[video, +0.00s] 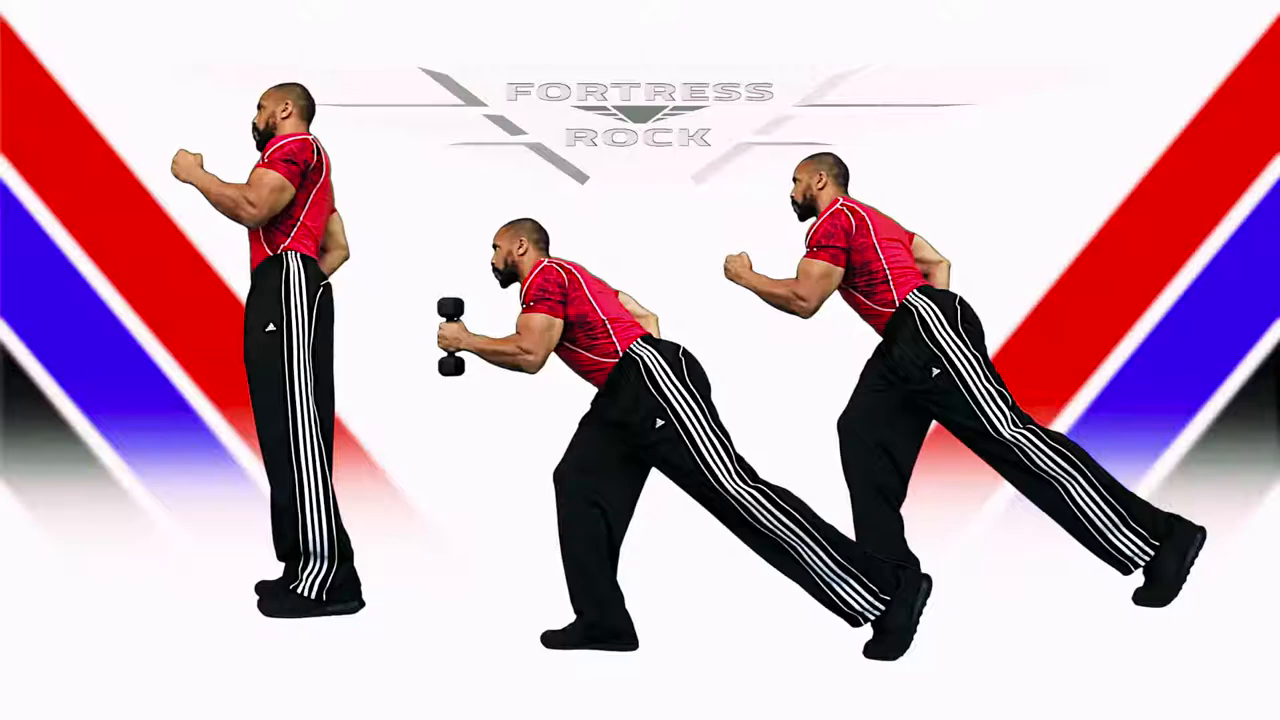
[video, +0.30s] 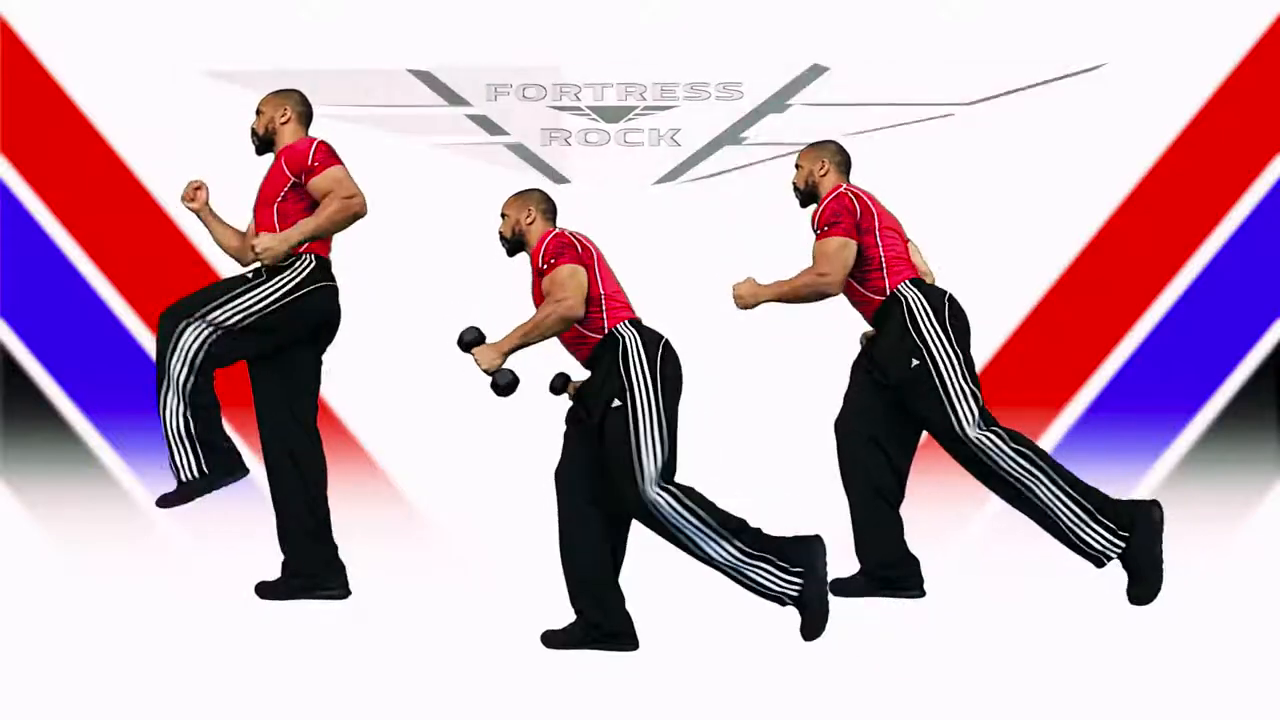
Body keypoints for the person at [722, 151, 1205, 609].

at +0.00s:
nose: (793, 190)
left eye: (800, 180)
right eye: (793, 182)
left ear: (826, 183)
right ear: (831, 188)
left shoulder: (836, 218)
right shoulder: (868, 221)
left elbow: (804, 298)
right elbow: (935, 263)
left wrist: (744, 277)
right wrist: (922, 335)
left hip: (926, 326)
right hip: (907, 344)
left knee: (1010, 438)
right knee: (862, 437)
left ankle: (1159, 541)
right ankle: (891, 577)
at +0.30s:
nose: (793, 177)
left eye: (800, 168)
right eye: (794, 170)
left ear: (826, 169)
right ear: (832, 174)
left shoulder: (839, 202)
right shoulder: (861, 208)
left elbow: (828, 277)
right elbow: (918, 270)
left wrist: (762, 292)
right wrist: (884, 330)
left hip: (914, 315)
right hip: (893, 332)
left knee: (971, 434)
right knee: (862, 440)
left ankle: (1125, 530)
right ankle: (888, 569)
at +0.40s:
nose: (799, 163)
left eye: (805, 153)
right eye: (800, 155)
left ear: (829, 154)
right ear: (835, 156)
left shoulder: (849, 184)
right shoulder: (851, 202)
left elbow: (857, 256)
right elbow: (883, 284)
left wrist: (801, 307)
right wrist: (838, 318)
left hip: (912, 306)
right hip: (886, 322)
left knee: (915, 437)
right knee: (863, 438)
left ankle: (1052, 517)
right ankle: (889, 569)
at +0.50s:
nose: (809, 154)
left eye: (814, 144)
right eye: (809, 146)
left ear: (839, 143)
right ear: (841, 145)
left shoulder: (862, 173)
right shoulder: (845, 202)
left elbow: (890, 233)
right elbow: (860, 284)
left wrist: (859, 304)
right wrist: (800, 282)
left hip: (907, 294)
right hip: (894, 303)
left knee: (838, 397)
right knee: (874, 431)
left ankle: (940, 502)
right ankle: (889, 567)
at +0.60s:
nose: (817, 143)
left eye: (822, 133)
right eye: (818, 136)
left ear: (847, 131)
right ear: (850, 134)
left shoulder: (873, 162)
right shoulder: (853, 190)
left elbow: (916, 215)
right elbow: (830, 264)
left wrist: (913, 289)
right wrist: (780, 237)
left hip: (896, 285)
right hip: (903, 295)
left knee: (794, 344)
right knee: (877, 439)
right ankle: (893, 568)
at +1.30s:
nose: (823, 137)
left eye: (829, 128)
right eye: (824, 130)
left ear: (854, 127)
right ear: (853, 129)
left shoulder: (877, 159)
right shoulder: (857, 186)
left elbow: (917, 214)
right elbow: (834, 260)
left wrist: (904, 289)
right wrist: (783, 231)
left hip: (889, 280)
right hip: (895, 295)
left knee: (777, 309)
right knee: (869, 432)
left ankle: (790, 440)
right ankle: (891, 568)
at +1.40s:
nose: (814, 142)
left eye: (818, 132)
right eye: (815, 135)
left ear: (841, 129)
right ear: (851, 132)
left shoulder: (866, 162)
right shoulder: (859, 181)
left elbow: (882, 233)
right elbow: (861, 271)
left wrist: (832, 290)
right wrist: (803, 275)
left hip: (901, 284)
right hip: (907, 299)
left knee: (797, 355)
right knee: (876, 432)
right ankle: (892, 568)